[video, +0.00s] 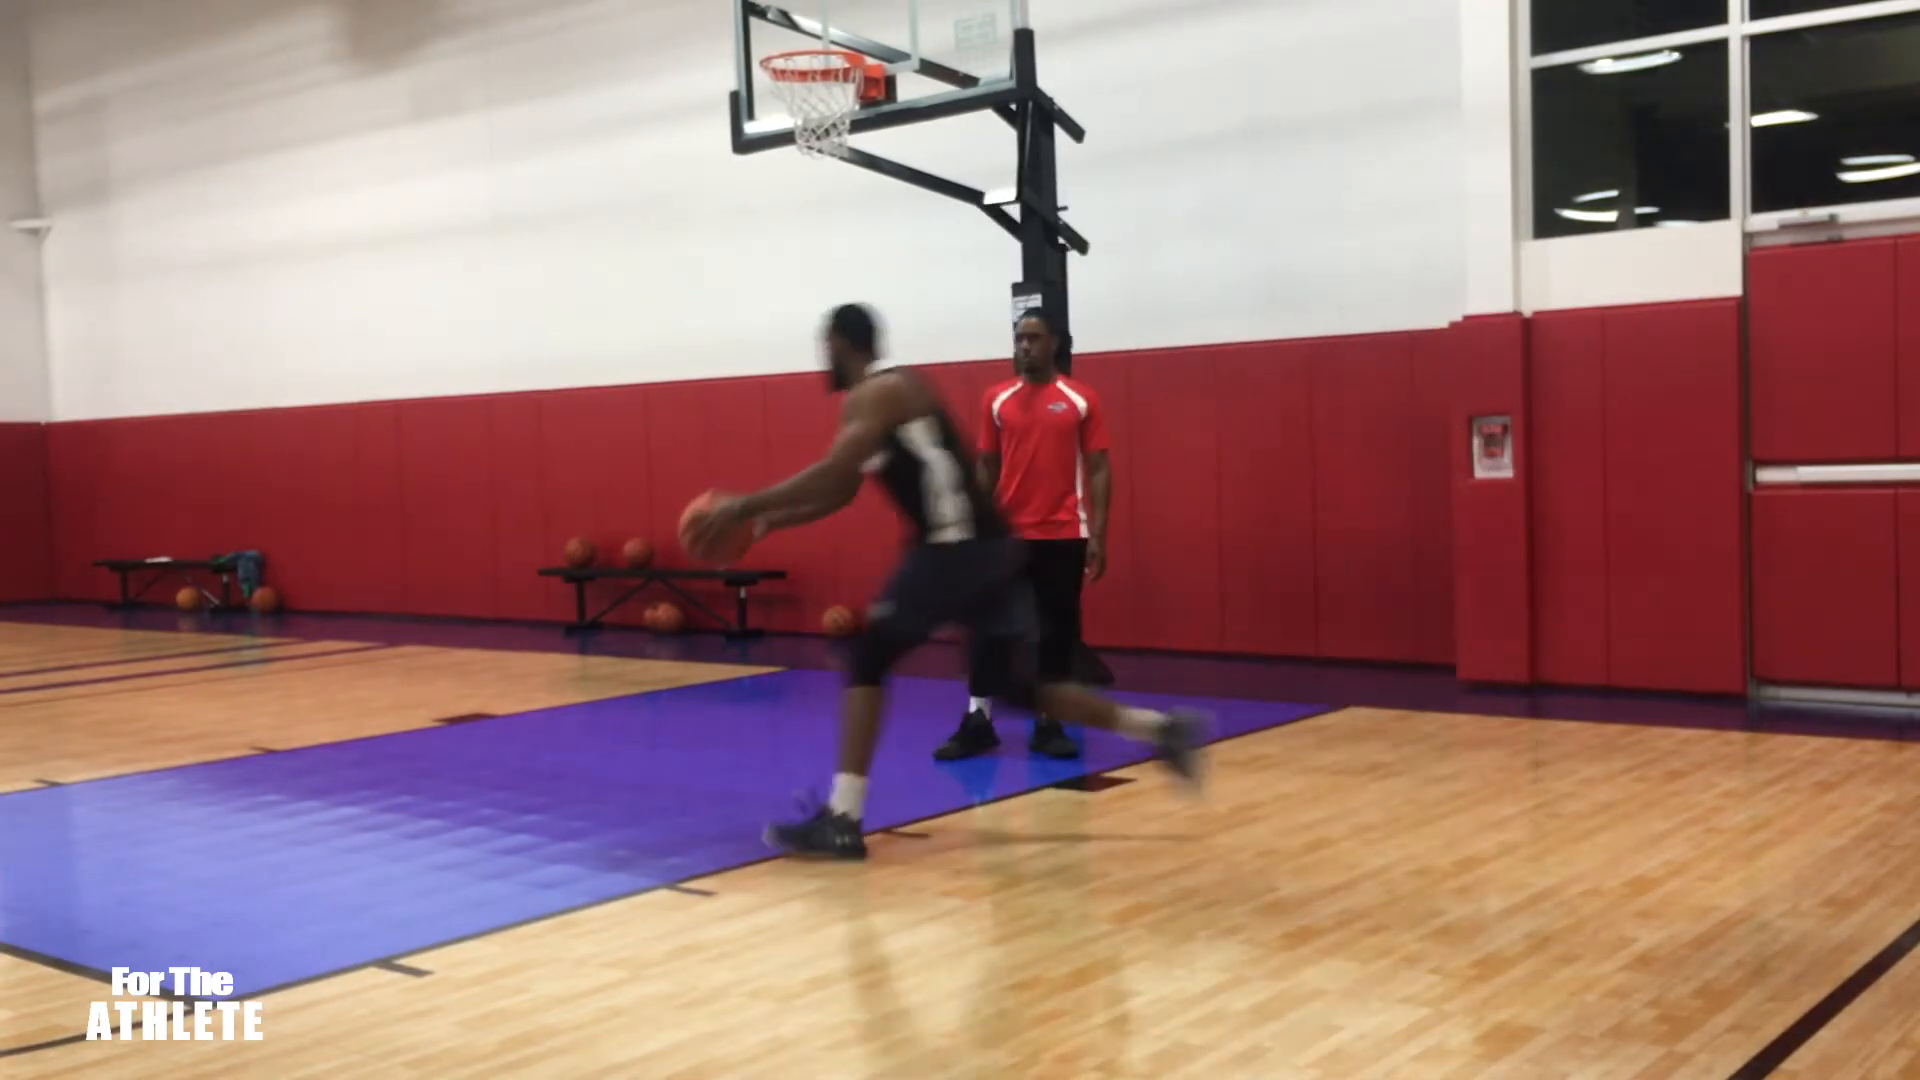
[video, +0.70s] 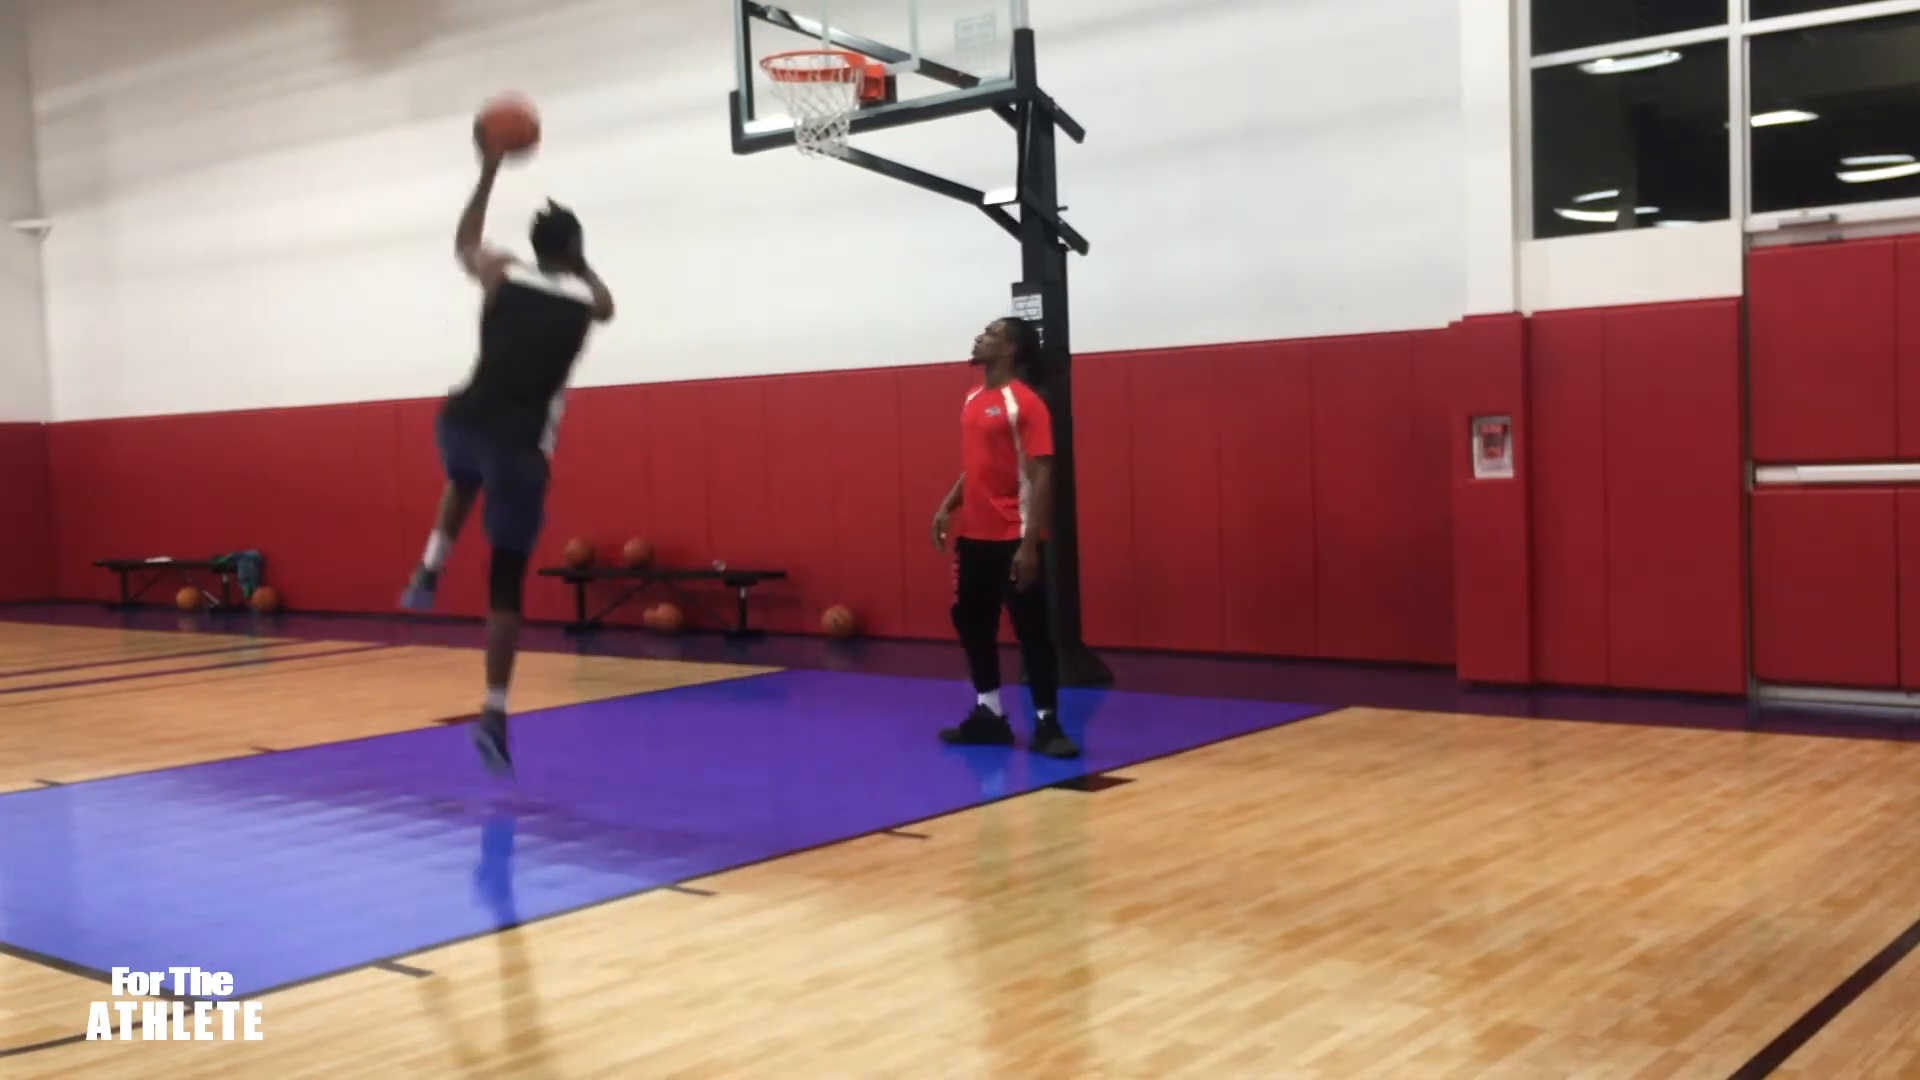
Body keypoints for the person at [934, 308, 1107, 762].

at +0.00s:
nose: (1024, 346)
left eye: (1034, 338)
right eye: (1020, 338)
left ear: (1056, 344)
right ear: (1014, 346)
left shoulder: (1080, 400)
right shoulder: (997, 400)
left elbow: (1098, 469)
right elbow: (987, 465)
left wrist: (1097, 537)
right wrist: (977, 520)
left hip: (1062, 537)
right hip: (1007, 534)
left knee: (1058, 631)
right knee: (987, 622)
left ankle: (1051, 721)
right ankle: (978, 717)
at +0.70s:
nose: (979, 338)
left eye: (991, 334)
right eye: (983, 332)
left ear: (1012, 350)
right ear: (991, 348)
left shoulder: (1026, 403)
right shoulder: (974, 398)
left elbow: (1038, 475)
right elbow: (977, 463)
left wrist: (1031, 543)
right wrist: (947, 507)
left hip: (1015, 541)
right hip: (976, 540)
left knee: (1032, 630)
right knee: (971, 620)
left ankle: (1047, 721)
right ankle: (989, 713)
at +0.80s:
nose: (970, 338)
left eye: (983, 335)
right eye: (975, 332)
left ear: (1003, 354)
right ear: (979, 351)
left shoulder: (1010, 403)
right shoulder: (968, 401)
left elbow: (1020, 480)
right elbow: (971, 469)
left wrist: (1006, 544)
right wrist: (940, 508)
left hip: (1004, 540)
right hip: (966, 541)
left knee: (1024, 629)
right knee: (967, 621)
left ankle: (1044, 721)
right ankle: (989, 713)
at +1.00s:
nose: (957, 336)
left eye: (968, 334)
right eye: (962, 331)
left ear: (985, 352)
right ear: (969, 352)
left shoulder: (989, 397)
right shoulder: (961, 398)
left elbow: (988, 472)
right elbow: (963, 470)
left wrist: (956, 536)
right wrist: (930, 503)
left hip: (987, 530)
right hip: (963, 530)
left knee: (996, 619)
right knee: (965, 618)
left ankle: (1018, 718)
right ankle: (989, 710)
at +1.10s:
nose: (952, 335)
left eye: (963, 333)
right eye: (957, 330)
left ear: (978, 351)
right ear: (966, 350)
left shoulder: (978, 396)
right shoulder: (957, 396)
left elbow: (977, 469)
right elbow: (956, 469)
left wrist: (939, 530)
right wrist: (923, 503)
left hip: (978, 524)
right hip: (960, 524)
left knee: (978, 618)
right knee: (968, 618)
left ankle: (997, 717)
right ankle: (985, 709)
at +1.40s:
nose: (932, 338)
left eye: (942, 335)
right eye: (938, 333)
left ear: (953, 352)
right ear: (954, 355)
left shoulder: (948, 396)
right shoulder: (950, 396)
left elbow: (946, 469)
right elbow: (943, 469)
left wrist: (922, 535)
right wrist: (913, 505)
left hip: (950, 530)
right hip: (964, 529)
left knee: (923, 616)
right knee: (969, 617)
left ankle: (913, 713)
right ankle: (991, 710)